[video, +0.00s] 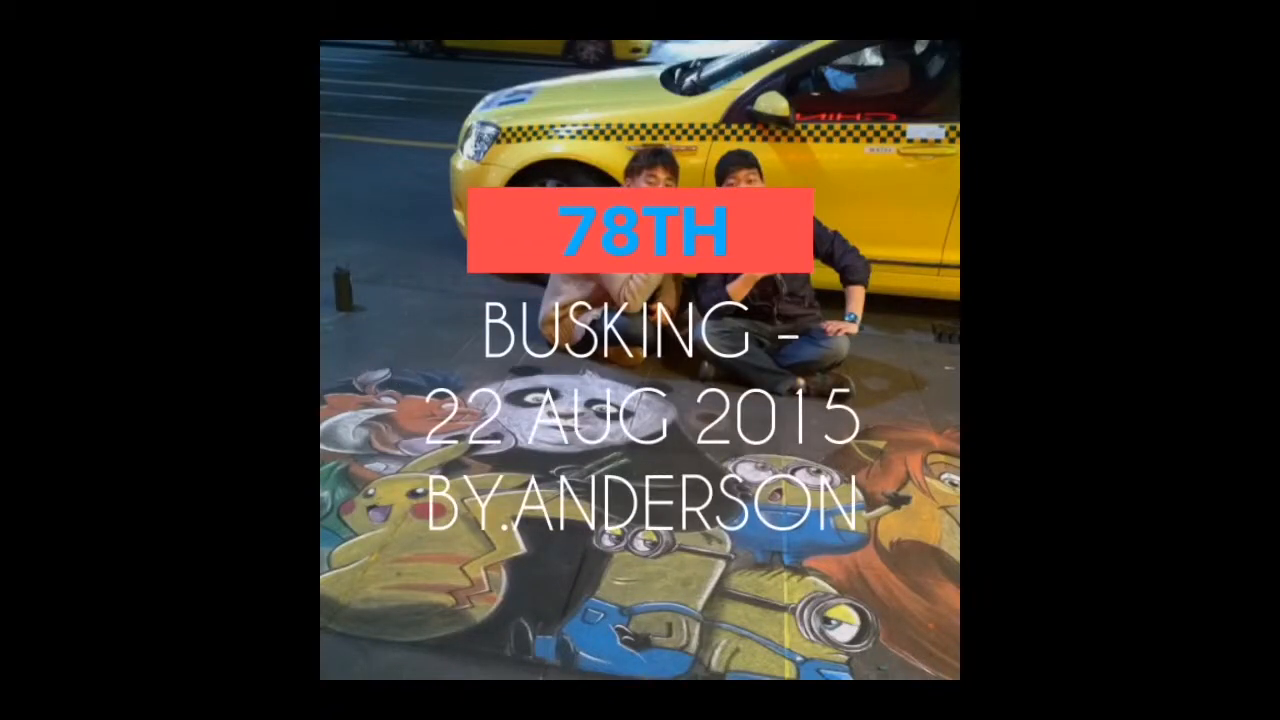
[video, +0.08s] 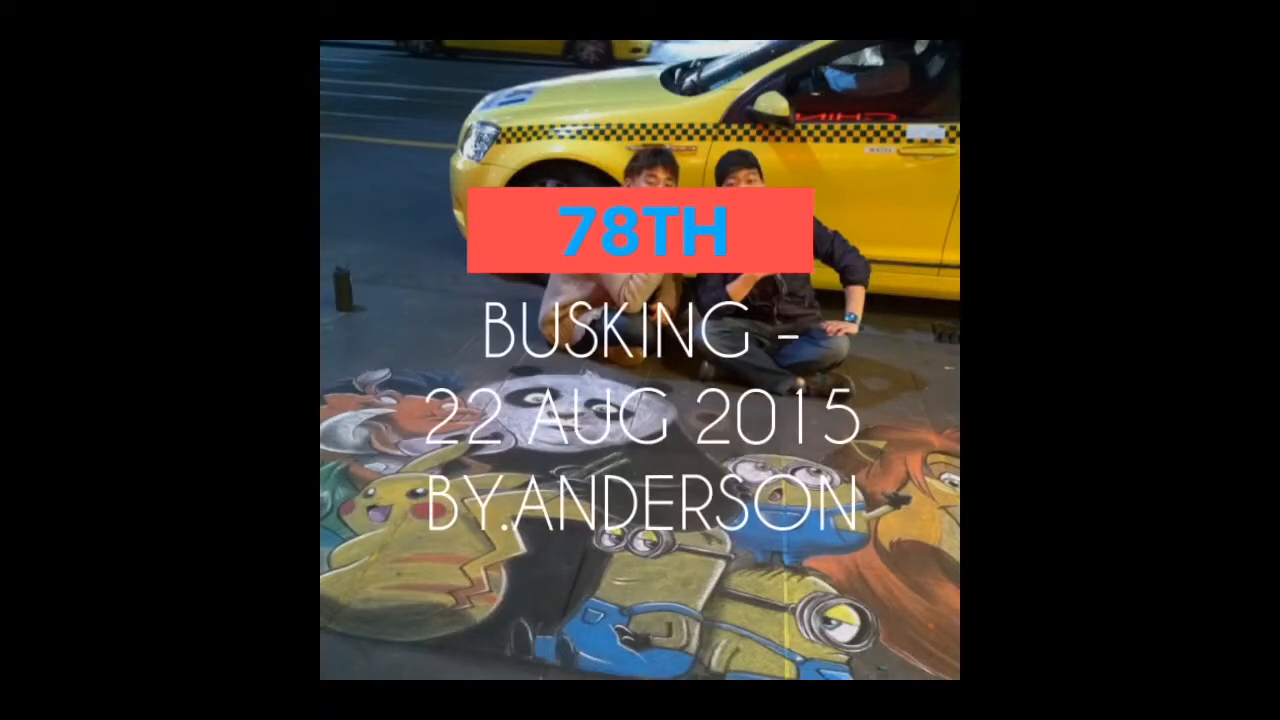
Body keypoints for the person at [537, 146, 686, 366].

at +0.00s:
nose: (659, 191)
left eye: (668, 184)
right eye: (651, 181)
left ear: (675, 190)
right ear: (629, 182)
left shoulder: (656, 224)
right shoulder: (604, 222)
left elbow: (669, 278)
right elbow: (629, 300)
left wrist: (665, 305)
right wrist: (664, 249)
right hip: (566, 319)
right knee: (639, 327)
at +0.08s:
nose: (659, 191)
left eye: (668, 184)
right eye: (651, 181)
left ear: (675, 190)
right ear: (629, 182)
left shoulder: (656, 224)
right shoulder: (604, 222)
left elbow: (669, 278)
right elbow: (629, 300)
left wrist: (665, 305)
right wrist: (664, 249)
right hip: (566, 319)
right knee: (639, 327)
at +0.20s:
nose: (659, 191)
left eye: (668, 184)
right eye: (651, 181)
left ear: (675, 190)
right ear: (629, 182)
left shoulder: (656, 224)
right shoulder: (604, 222)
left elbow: (669, 278)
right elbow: (629, 300)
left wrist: (665, 305)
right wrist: (664, 249)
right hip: (566, 319)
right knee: (639, 327)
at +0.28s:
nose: (659, 191)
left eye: (668, 184)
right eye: (651, 181)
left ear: (675, 190)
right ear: (629, 182)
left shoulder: (656, 224)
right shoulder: (604, 222)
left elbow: (669, 278)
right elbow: (629, 300)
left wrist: (665, 305)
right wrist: (664, 249)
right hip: (566, 319)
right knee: (639, 327)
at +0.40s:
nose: (659, 191)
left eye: (668, 184)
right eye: (651, 181)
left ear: (675, 190)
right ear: (629, 182)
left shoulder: (656, 224)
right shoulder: (604, 222)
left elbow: (669, 278)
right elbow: (629, 300)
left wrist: (665, 305)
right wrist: (664, 249)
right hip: (566, 319)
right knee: (639, 327)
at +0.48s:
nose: (659, 191)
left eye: (668, 184)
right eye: (651, 181)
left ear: (675, 190)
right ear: (629, 182)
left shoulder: (656, 224)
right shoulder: (604, 222)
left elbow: (669, 278)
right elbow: (629, 300)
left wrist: (665, 305)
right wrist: (664, 249)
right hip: (566, 319)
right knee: (639, 327)